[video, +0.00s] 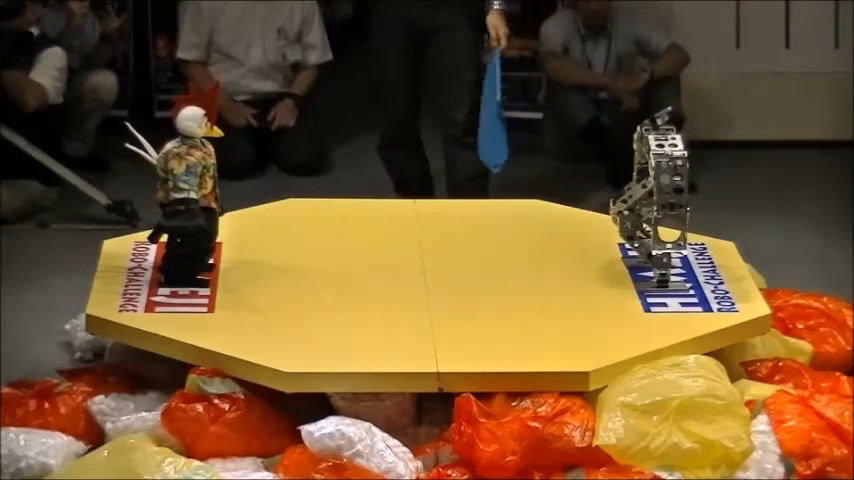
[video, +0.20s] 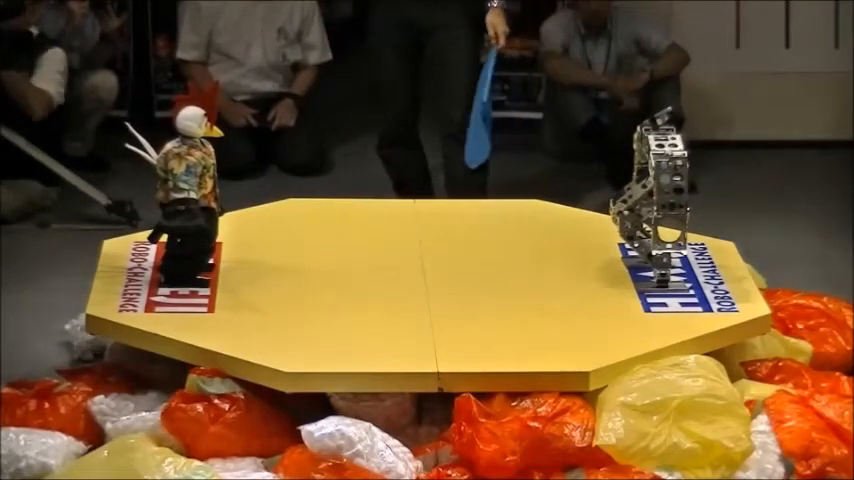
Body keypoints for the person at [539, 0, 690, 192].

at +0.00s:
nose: (596, 8)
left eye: (602, 2)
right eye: (588, 2)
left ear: (610, 4)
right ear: (574, 5)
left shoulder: (625, 25)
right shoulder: (557, 26)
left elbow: (679, 56)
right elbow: (554, 67)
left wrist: (644, 76)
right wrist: (612, 84)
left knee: (666, 81)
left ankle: (668, 166)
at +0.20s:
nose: (595, 7)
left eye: (601, 2)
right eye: (588, 2)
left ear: (610, 4)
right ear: (575, 5)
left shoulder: (626, 24)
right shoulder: (557, 26)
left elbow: (679, 56)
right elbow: (554, 67)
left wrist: (644, 76)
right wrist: (612, 84)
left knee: (667, 81)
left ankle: (668, 166)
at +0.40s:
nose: (595, 7)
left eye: (601, 2)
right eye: (588, 2)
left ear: (610, 4)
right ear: (575, 5)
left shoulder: (626, 24)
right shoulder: (557, 26)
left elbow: (679, 56)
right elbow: (555, 67)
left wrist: (644, 76)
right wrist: (612, 84)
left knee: (667, 82)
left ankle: (668, 167)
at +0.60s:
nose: (595, 7)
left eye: (601, 2)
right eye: (588, 2)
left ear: (611, 4)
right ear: (575, 5)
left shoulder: (626, 24)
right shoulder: (557, 25)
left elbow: (679, 56)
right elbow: (554, 66)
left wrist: (644, 76)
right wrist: (612, 84)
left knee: (666, 82)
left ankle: (668, 168)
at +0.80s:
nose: (595, 8)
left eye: (601, 1)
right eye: (587, 2)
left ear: (610, 4)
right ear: (574, 5)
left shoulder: (626, 23)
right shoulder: (558, 24)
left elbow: (679, 56)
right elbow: (553, 67)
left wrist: (643, 76)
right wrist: (610, 83)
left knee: (666, 80)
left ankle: (670, 167)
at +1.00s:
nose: (595, 8)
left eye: (601, 2)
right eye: (587, 2)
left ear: (610, 4)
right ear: (574, 5)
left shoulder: (626, 24)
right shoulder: (558, 25)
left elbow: (679, 56)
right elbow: (553, 67)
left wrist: (643, 77)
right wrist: (610, 83)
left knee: (667, 81)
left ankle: (669, 167)